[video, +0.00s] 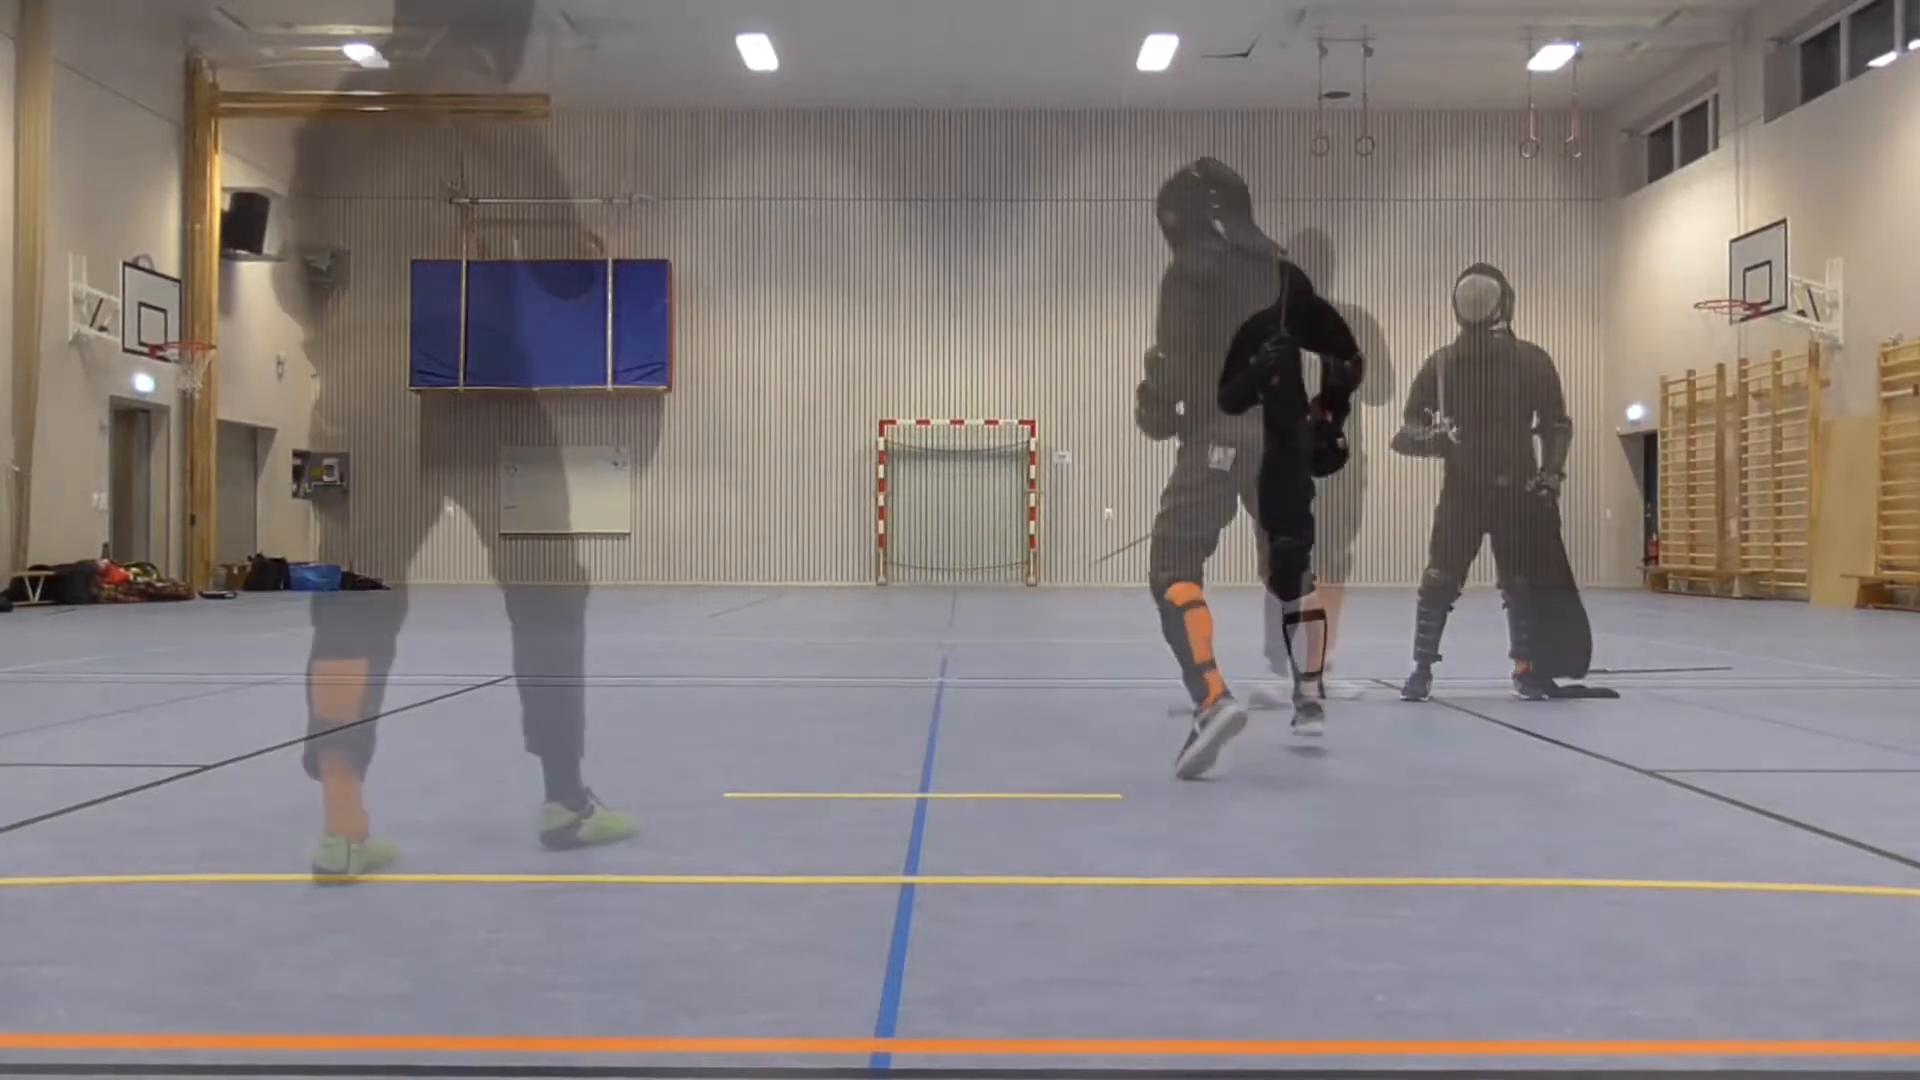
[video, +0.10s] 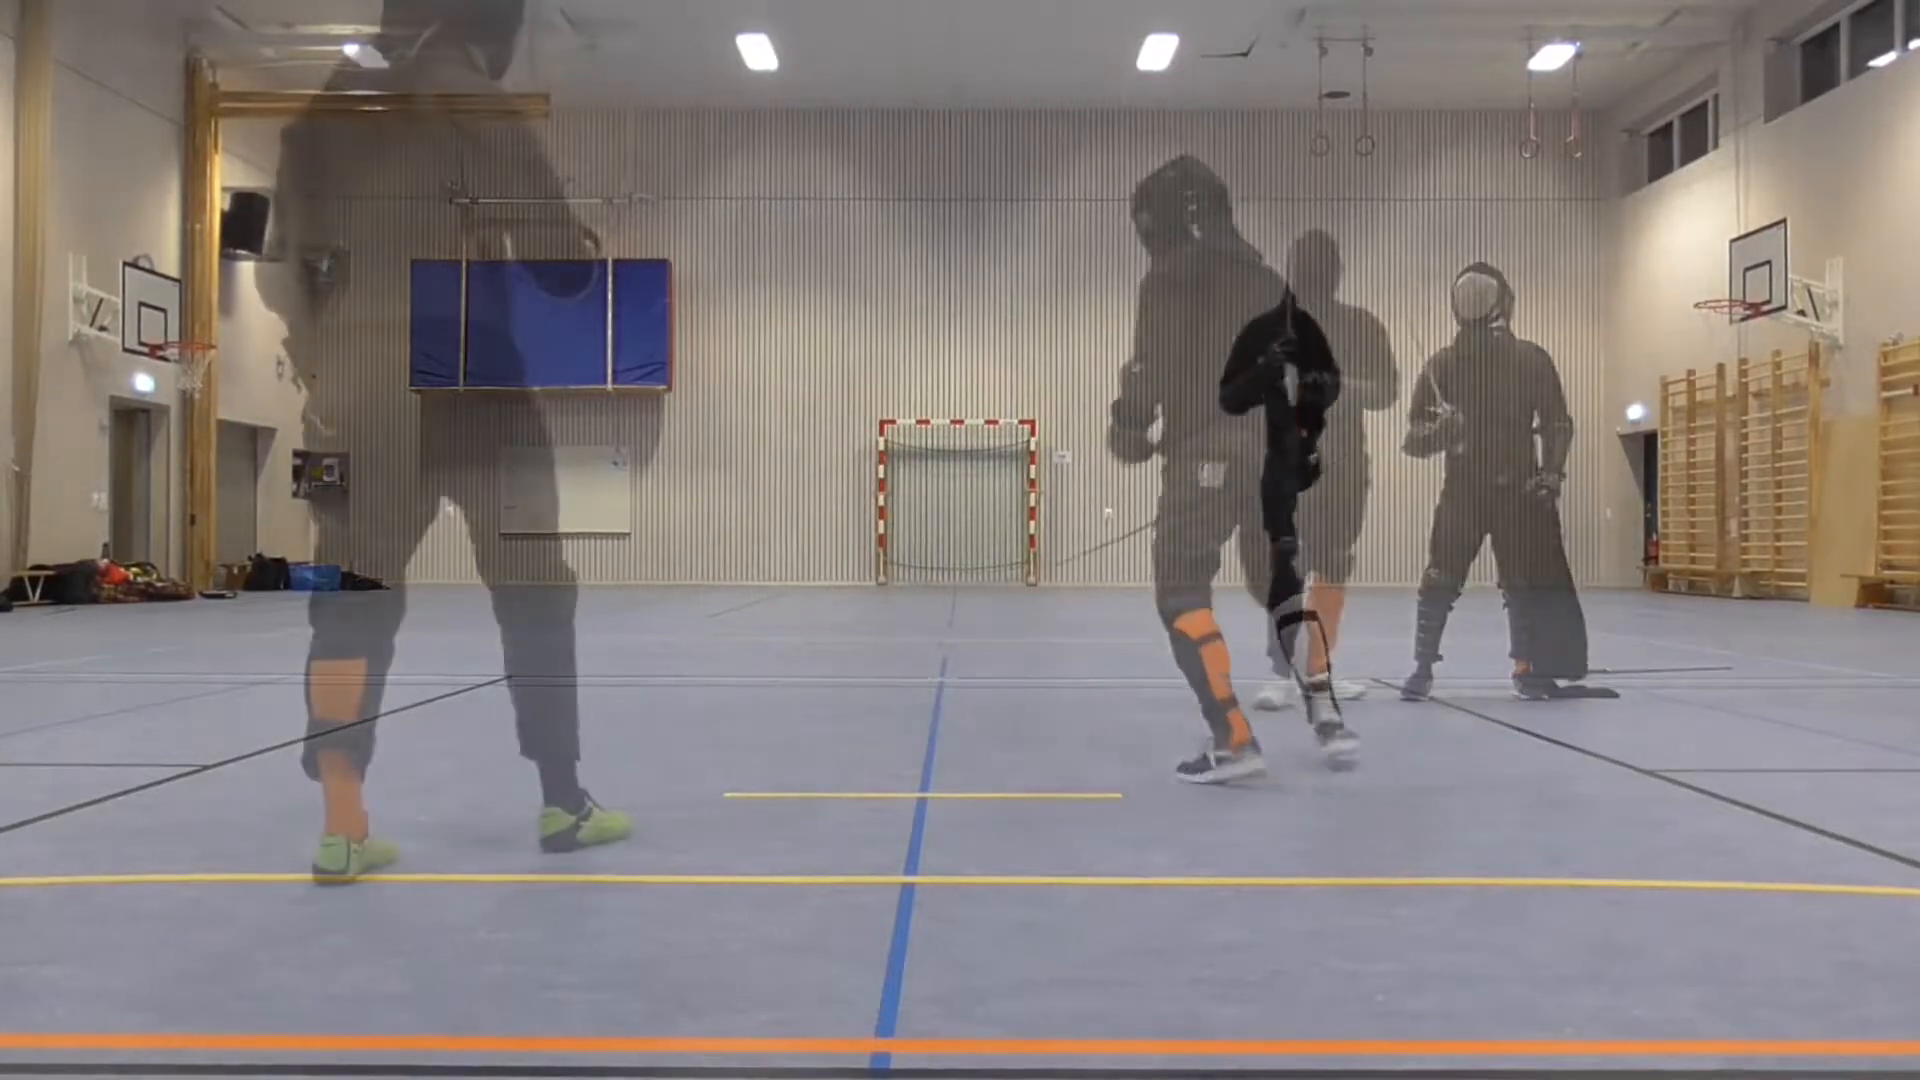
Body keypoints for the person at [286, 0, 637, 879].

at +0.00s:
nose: (521, 63)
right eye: (514, 47)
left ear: (411, 33)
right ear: (502, 46)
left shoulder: (338, 128)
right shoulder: (517, 135)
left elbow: (300, 268)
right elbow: (573, 262)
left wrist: (340, 329)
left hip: (369, 399)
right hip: (497, 401)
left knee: (357, 595)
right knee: (548, 583)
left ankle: (343, 830)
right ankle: (565, 798)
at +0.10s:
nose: (515, 62)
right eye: (507, 46)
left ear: (400, 31)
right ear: (486, 40)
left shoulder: (326, 122)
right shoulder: (492, 127)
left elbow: (282, 265)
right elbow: (562, 251)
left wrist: (316, 344)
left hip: (364, 393)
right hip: (486, 392)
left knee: (355, 594)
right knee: (533, 585)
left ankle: (343, 830)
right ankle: (563, 799)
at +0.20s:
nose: (507, 58)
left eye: (501, 42)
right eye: (501, 40)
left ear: (394, 23)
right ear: (478, 31)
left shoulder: (321, 117)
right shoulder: (479, 115)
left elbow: (280, 263)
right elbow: (559, 251)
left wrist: (315, 350)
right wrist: (589, 267)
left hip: (359, 394)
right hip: (478, 391)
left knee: (354, 594)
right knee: (528, 584)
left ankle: (342, 831)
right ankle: (563, 800)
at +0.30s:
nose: (510, 55)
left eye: (506, 41)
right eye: (505, 37)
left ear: (394, 21)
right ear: (480, 28)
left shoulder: (321, 117)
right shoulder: (475, 111)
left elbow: (282, 268)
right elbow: (557, 254)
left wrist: (325, 348)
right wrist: (583, 250)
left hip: (356, 397)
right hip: (474, 393)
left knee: (353, 593)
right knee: (528, 584)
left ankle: (342, 830)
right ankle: (563, 801)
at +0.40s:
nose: (518, 58)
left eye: (516, 41)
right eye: (514, 38)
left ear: (404, 21)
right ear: (488, 30)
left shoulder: (326, 118)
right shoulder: (487, 114)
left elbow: (286, 268)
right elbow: (563, 261)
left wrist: (340, 353)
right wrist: (586, 247)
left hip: (358, 401)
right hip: (477, 398)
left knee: (355, 597)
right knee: (530, 589)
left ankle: (343, 830)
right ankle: (562, 800)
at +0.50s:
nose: (534, 58)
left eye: (532, 41)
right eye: (530, 38)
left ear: (420, 21)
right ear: (502, 32)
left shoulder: (337, 119)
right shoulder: (491, 111)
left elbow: (293, 266)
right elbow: (572, 265)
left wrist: (345, 339)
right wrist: (603, 254)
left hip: (359, 396)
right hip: (476, 394)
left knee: (356, 596)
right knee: (530, 589)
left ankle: (344, 827)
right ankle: (561, 802)